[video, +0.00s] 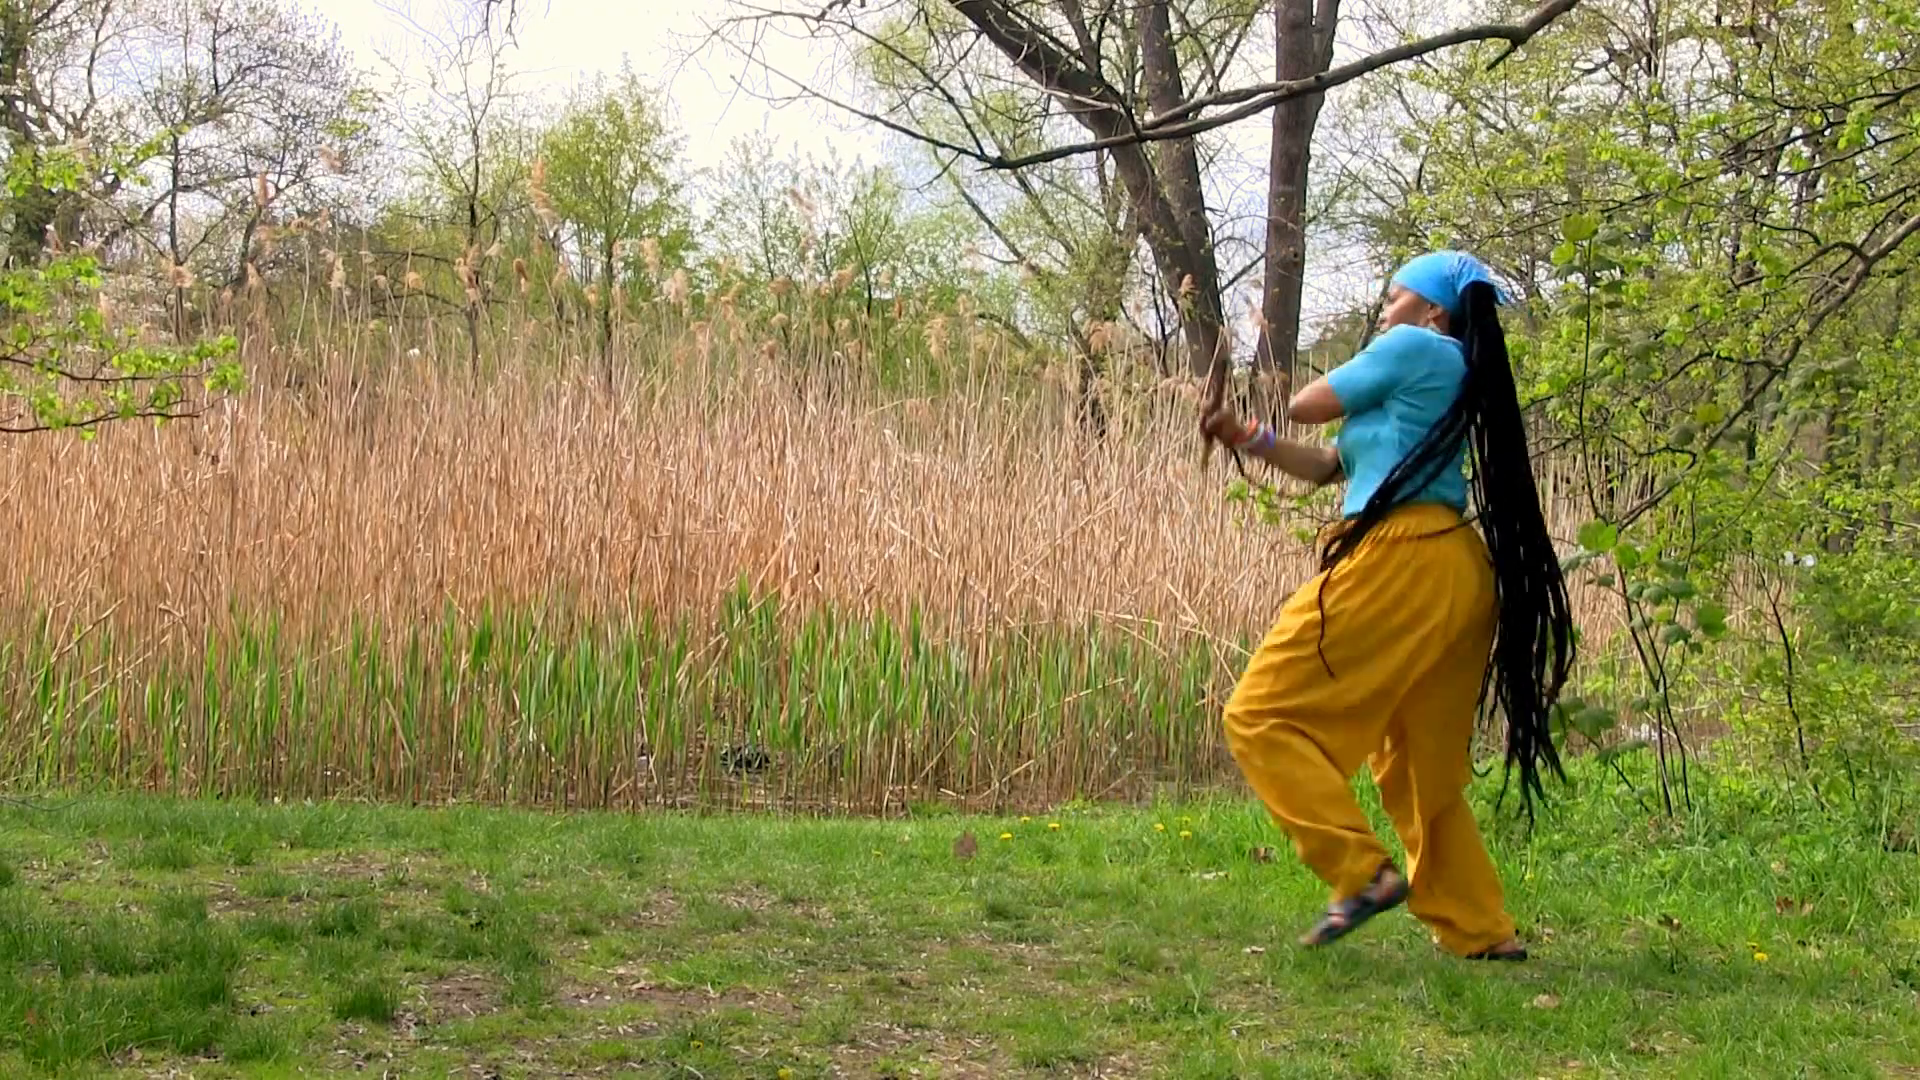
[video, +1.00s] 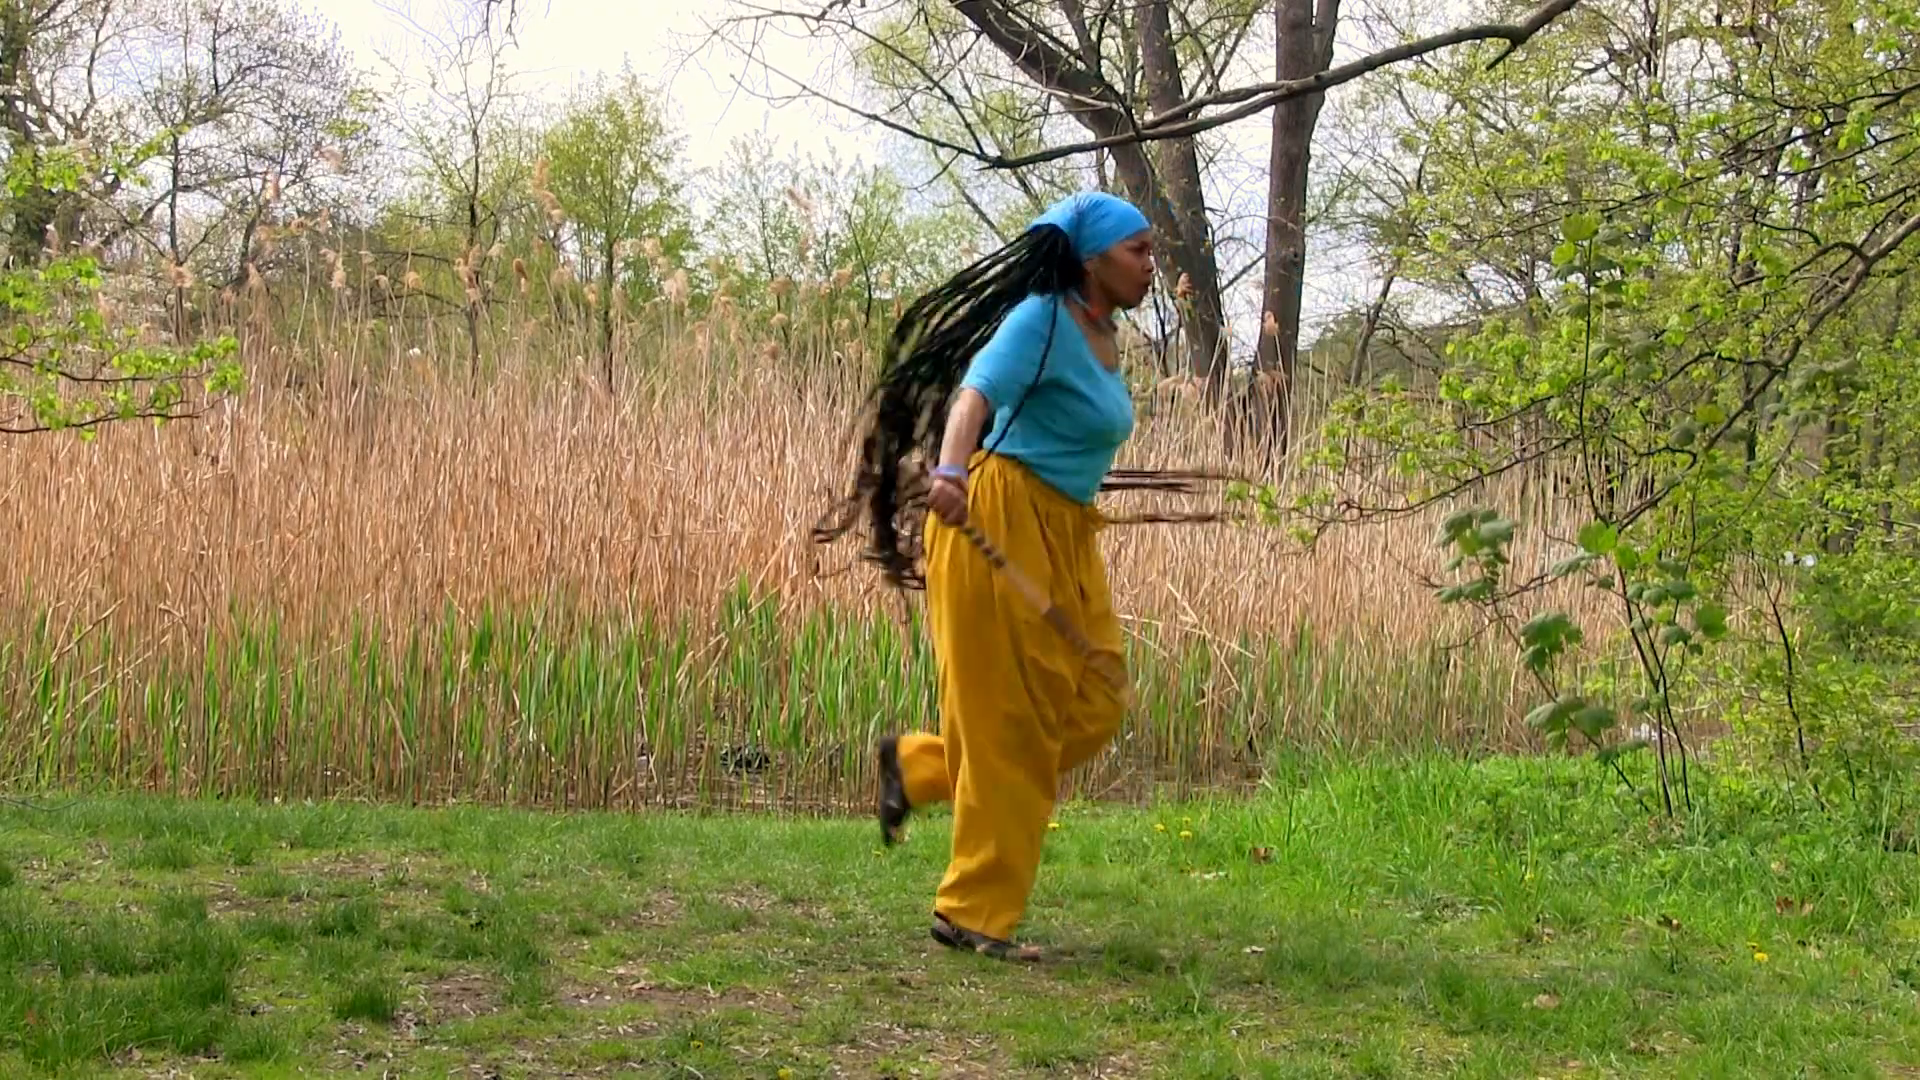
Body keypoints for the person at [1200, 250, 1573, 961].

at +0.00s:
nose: (1384, 306)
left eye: (1397, 295)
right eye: (1390, 294)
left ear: (1432, 306)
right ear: (1447, 313)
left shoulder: (1412, 345)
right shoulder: (1440, 375)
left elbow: (1304, 404)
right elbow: (1327, 464)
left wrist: (1349, 381)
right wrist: (1247, 435)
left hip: (1401, 557)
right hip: (1462, 566)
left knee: (1259, 715)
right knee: (1422, 766)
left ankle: (1360, 873)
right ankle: (1484, 934)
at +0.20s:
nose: (1310, 308)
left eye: (1321, 298)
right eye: (1315, 296)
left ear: (1355, 310)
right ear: (1377, 315)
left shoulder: (1329, 351)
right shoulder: (1423, 375)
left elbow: (1200, 349)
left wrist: (1104, 322)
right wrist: (1220, 339)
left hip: (1367, 547)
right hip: (1443, 558)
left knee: (1240, 718)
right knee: (1429, 759)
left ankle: (1158, 907)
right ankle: (1481, 932)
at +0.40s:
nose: (1219, 303)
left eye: (1231, 294)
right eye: (1224, 292)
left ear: (1265, 313)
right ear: (1282, 316)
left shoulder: (1233, 363)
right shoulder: (1317, 380)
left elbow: (1134, 448)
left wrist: (1049, 492)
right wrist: (1209, 505)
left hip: (1260, 557)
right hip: (1336, 557)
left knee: (1142, 720)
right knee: (1377, 740)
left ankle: (1129, 917)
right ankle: (1461, 909)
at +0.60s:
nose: (1139, 280)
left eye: (1154, 269)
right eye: (1144, 267)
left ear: (1195, 286)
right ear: (1183, 286)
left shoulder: (1218, 353)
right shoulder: (1161, 357)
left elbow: (1183, 474)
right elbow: (1118, 468)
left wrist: (1104, 453)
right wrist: (1055, 526)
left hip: (1200, 554)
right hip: (1150, 551)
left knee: (1126, 729)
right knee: (1075, 713)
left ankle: (1127, 919)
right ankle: (1213, 850)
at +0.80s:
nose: (1161, 249)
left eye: (1170, 239)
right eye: (1145, 235)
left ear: (1178, 255)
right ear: (1102, 246)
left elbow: (1229, 440)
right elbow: (1017, 435)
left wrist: (1164, 465)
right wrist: (1042, 522)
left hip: (1145, 528)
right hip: (1043, 513)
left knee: (1130, 721)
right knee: (998, 702)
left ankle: (1113, 912)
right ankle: (979, 887)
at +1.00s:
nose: (1151, 263)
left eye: (1150, 250)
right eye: (1137, 250)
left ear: (1116, 263)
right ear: (1090, 258)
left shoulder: (1101, 333)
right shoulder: (1041, 317)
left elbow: (1059, 431)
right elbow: (980, 390)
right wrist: (953, 470)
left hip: (1070, 529)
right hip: (1002, 514)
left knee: (1092, 708)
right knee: (1007, 715)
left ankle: (914, 767)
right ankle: (973, 911)